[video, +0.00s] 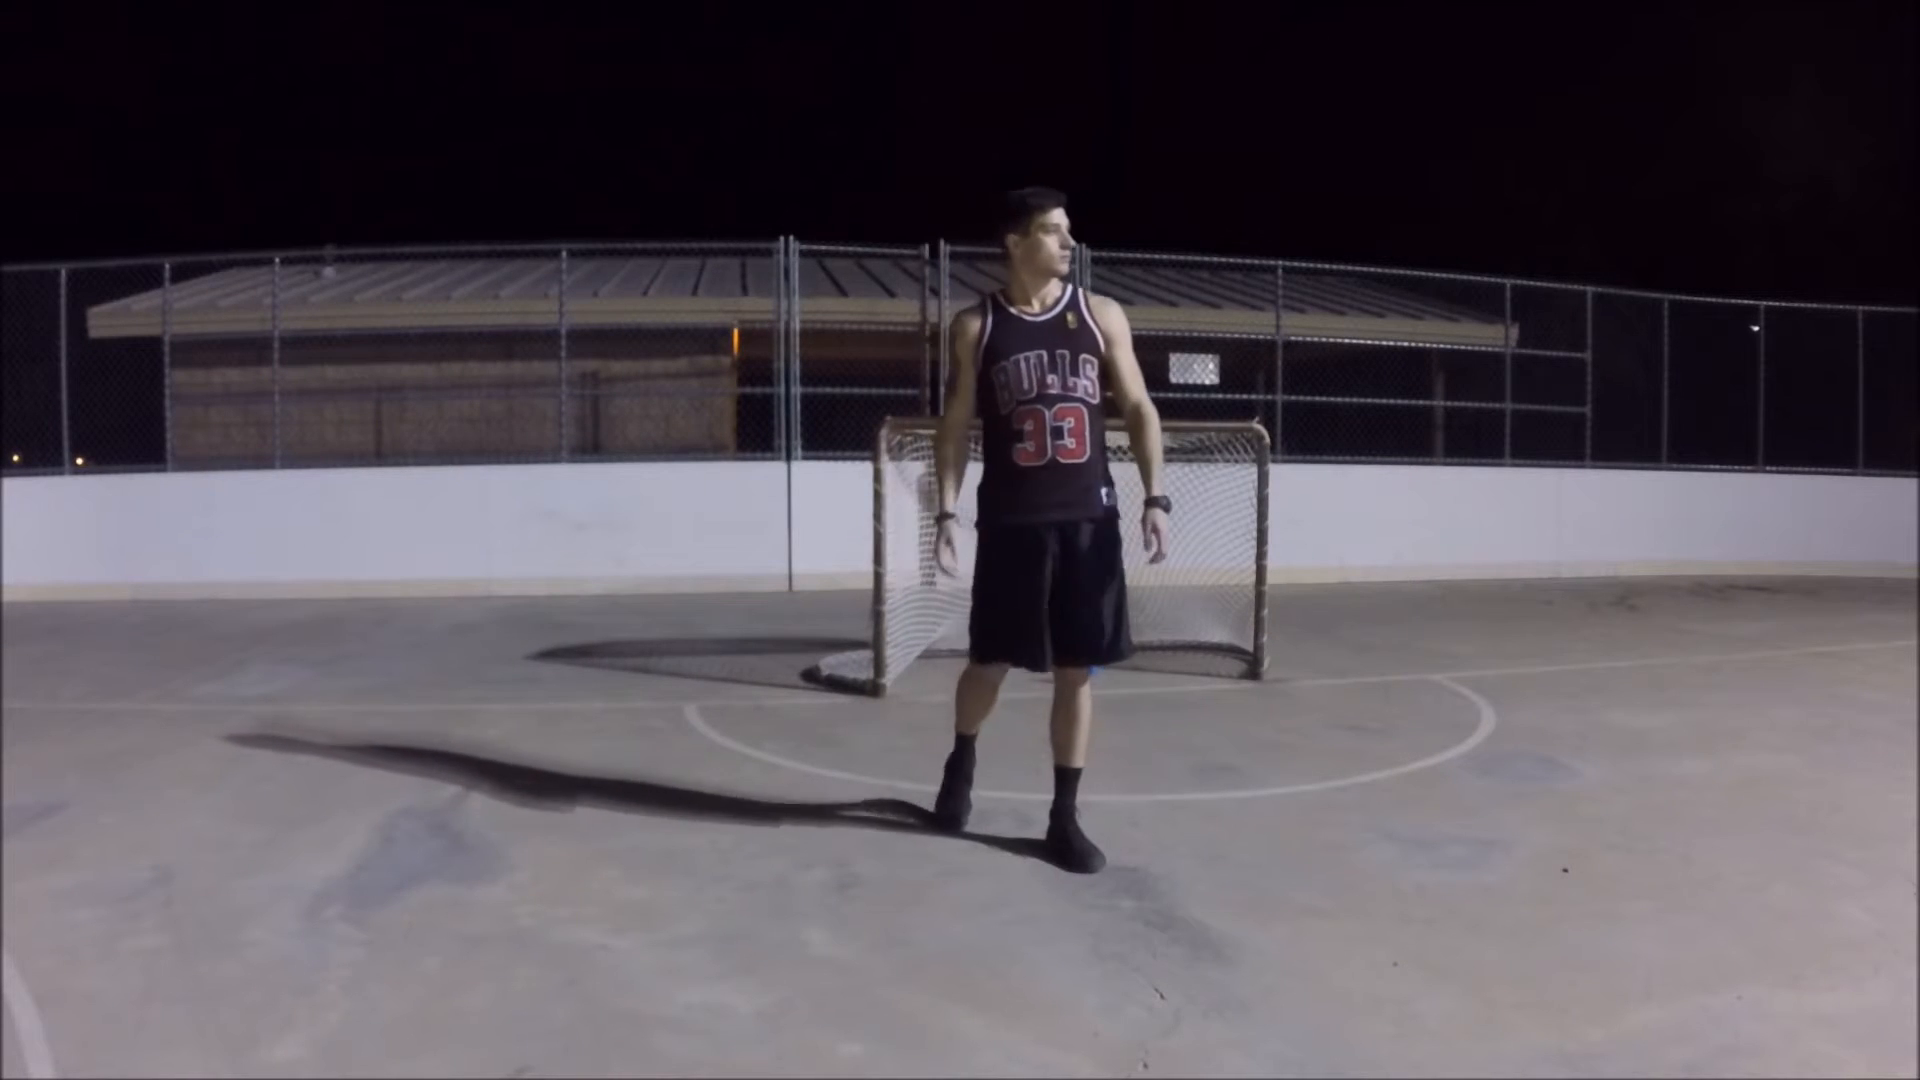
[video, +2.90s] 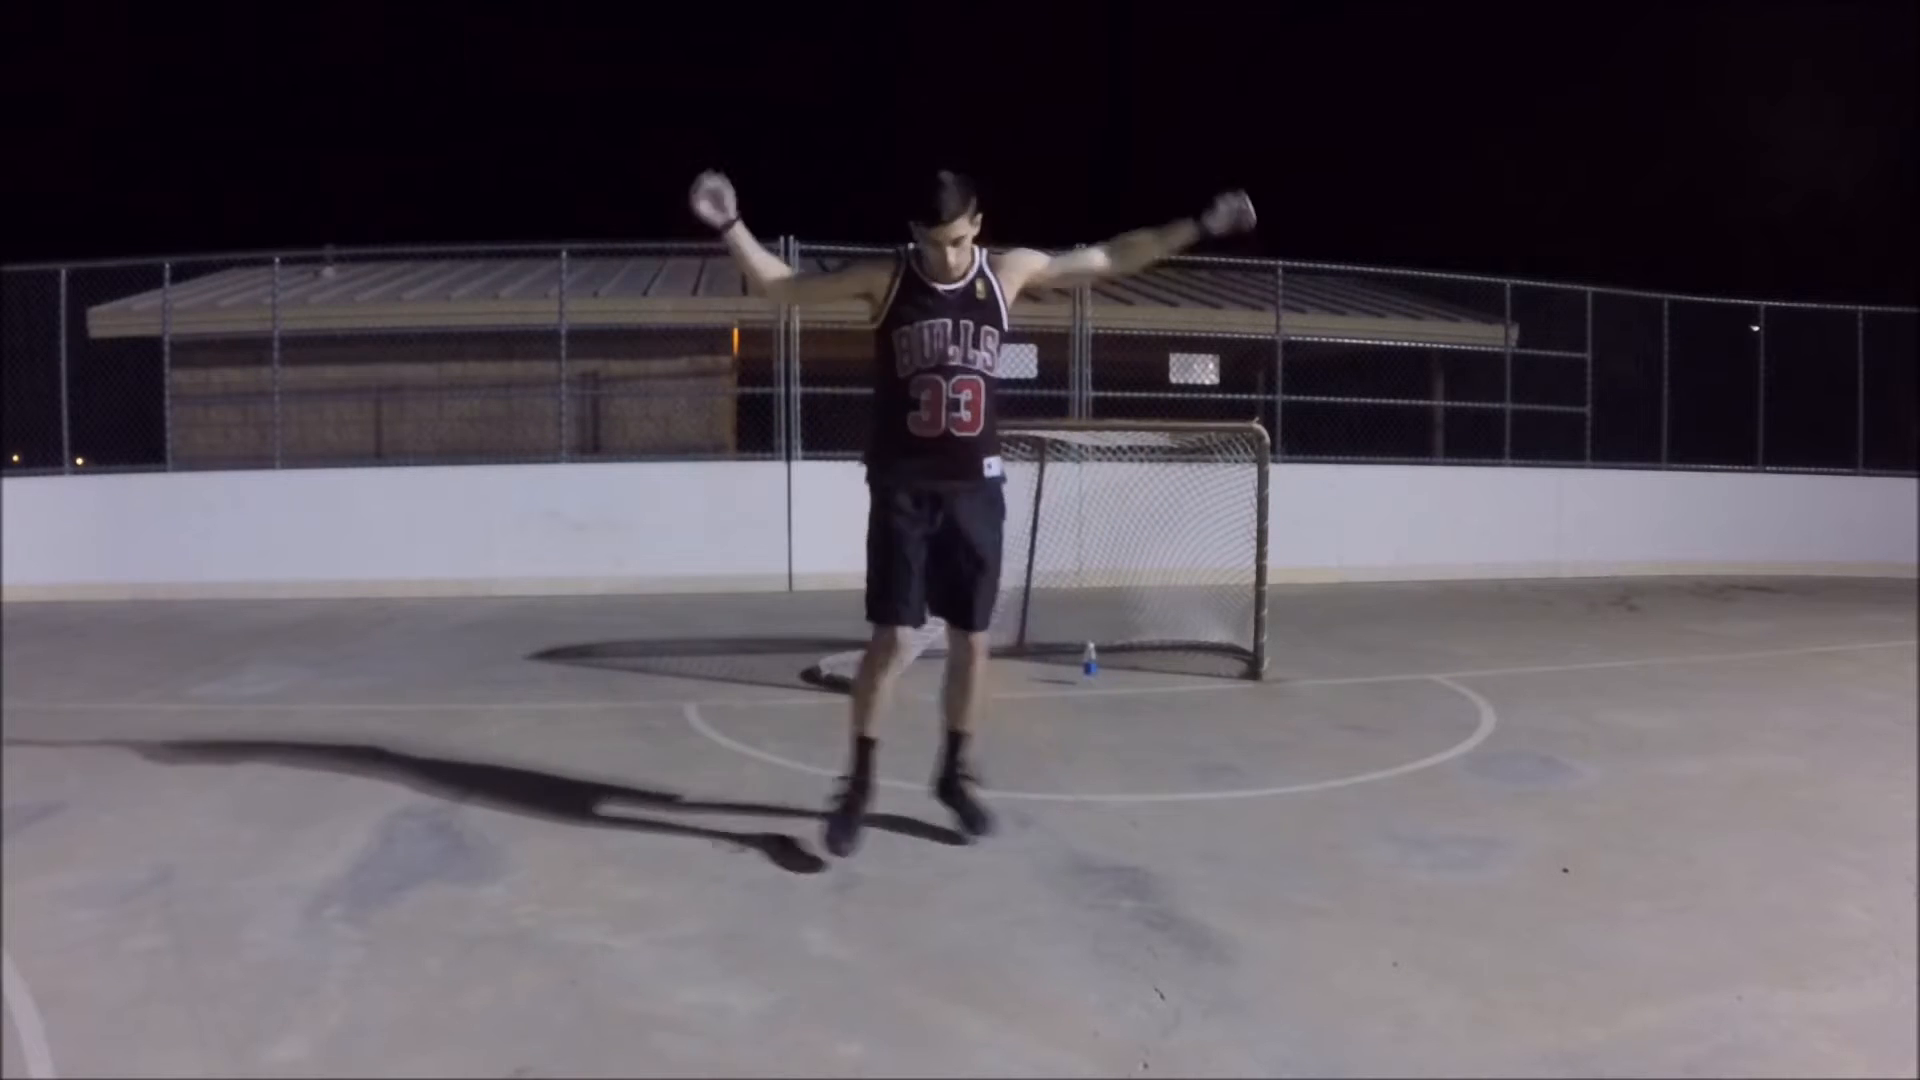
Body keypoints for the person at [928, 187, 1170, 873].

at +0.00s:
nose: (1067, 241)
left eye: (1067, 231)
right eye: (1054, 232)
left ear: (1064, 243)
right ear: (1014, 243)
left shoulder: (1103, 315)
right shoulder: (976, 326)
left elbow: (1139, 408)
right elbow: (956, 423)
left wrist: (1155, 495)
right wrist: (944, 508)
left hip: (1088, 522)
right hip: (1011, 524)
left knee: (1076, 668)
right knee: (989, 662)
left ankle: (1065, 818)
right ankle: (960, 764)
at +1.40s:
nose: (977, 235)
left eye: (989, 222)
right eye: (968, 226)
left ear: (1016, 233)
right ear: (958, 241)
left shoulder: (1060, 315)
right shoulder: (945, 317)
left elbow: (1085, 423)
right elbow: (923, 416)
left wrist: (1067, 519)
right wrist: (923, 502)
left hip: (1032, 525)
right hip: (956, 523)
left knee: (1047, 672)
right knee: (950, 667)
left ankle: (1060, 818)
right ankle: (949, 809)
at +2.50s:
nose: (986, 239)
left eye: (997, 226)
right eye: (975, 230)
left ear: (1023, 235)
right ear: (960, 244)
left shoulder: (1064, 318)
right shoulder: (942, 316)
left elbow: (1094, 421)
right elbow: (908, 406)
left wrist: (1095, 520)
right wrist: (888, 490)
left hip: (1026, 523)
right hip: (947, 516)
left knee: (1032, 664)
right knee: (913, 658)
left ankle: (1038, 803)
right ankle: (867, 786)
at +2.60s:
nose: (980, 251)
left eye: (992, 239)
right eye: (970, 242)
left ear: (1018, 246)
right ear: (958, 252)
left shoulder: (1058, 325)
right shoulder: (936, 322)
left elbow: (1097, 419)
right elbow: (872, 397)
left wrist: (1127, 505)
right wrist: (845, 478)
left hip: (1024, 531)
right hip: (943, 527)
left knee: (1035, 674)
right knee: (891, 664)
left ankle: (1040, 803)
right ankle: (828, 789)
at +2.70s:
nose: (973, 268)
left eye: (985, 257)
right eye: (963, 257)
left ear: (1007, 261)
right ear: (949, 262)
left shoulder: (1045, 332)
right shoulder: (920, 329)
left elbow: (1122, 395)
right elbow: (838, 372)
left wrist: (1187, 442)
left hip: (1017, 540)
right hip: (932, 538)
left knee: (1039, 682)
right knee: (869, 674)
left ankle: (1040, 805)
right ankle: (804, 788)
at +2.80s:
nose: (964, 260)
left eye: (973, 246)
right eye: (952, 248)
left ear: (995, 237)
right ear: (933, 244)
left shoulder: (1032, 299)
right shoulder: (904, 301)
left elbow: (1128, 325)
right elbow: (802, 328)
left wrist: (1223, 326)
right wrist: (720, 307)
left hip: (997, 513)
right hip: (915, 510)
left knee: (1015, 656)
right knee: (874, 655)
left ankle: (1032, 799)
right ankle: (808, 777)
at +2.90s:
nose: (950, 256)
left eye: (961, 242)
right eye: (939, 244)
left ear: (978, 226)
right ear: (918, 232)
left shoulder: (1011, 271)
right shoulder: (883, 277)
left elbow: (1108, 258)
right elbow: (774, 282)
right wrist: (730, 224)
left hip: (976, 486)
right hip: (901, 487)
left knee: (971, 641)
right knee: (892, 641)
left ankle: (954, 775)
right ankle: (858, 785)